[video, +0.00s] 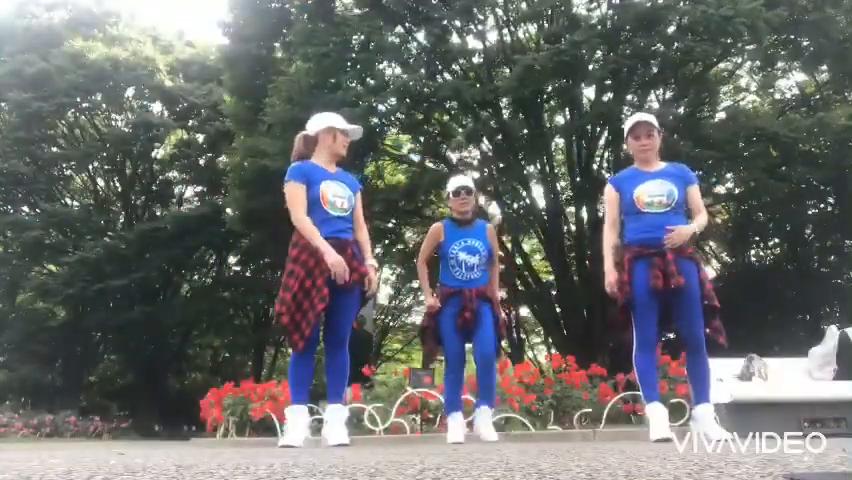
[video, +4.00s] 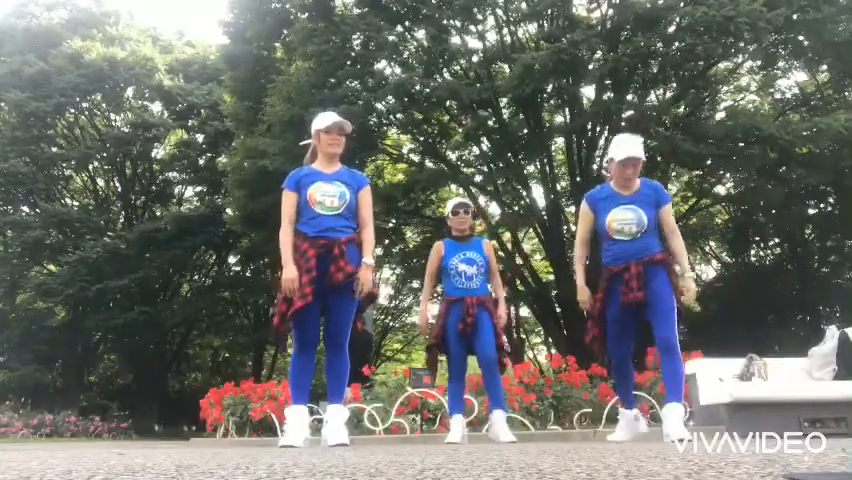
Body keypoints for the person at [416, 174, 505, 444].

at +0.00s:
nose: (462, 198)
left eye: (467, 193)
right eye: (456, 194)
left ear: (475, 197)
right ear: (449, 199)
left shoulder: (487, 229)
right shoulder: (440, 229)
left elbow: (494, 265)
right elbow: (422, 261)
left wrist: (495, 299)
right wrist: (428, 295)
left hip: (482, 297)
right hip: (451, 297)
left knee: (486, 353)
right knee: (454, 357)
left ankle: (483, 414)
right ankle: (454, 417)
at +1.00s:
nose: (464, 208)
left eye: (468, 204)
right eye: (458, 204)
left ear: (475, 209)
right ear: (451, 209)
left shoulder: (488, 238)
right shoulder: (442, 237)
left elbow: (495, 272)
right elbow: (432, 269)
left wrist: (499, 300)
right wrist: (435, 300)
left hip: (484, 302)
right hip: (456, 301)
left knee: (483, 362)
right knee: (459, 360)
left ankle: (485, 420)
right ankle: (457, 420)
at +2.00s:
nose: (490, 215)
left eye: (494, 212)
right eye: (485, 211)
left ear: (501, 216)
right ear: (477, 216)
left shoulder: (508, 238)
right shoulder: (469, 239)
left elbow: (527, 220)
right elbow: (451, 222)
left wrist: (504, 205)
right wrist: (471, 208)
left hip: (505, 304)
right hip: (478, 303)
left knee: (502, 364)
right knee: (473, 363)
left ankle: (501, 421)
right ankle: (462, 420)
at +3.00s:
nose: (468, 219)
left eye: (473, 215)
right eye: (463, 215)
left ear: (479, 218)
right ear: (455, 218)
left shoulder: (487, 240)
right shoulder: (451, 241)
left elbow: (509, 247)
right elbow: (434, 251)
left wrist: (490, 223)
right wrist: (451, 225)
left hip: (487, 303)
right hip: (460, 302)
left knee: (491, 363)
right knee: (459, 363)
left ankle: (500, 420)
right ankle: (454, 421)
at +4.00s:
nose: (461, 218)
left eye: (466, 214)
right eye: (456, 214)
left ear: (472, 218)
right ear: (448, 219)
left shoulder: (485, 246)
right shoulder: (441, 247)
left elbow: (496, 279)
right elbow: (430, 281)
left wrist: (501, 305)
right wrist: (423, 309)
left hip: (483, 306)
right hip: (454, 307)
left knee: (489, 358)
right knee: (456, 365)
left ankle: (498, 419)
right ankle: (456, 422)